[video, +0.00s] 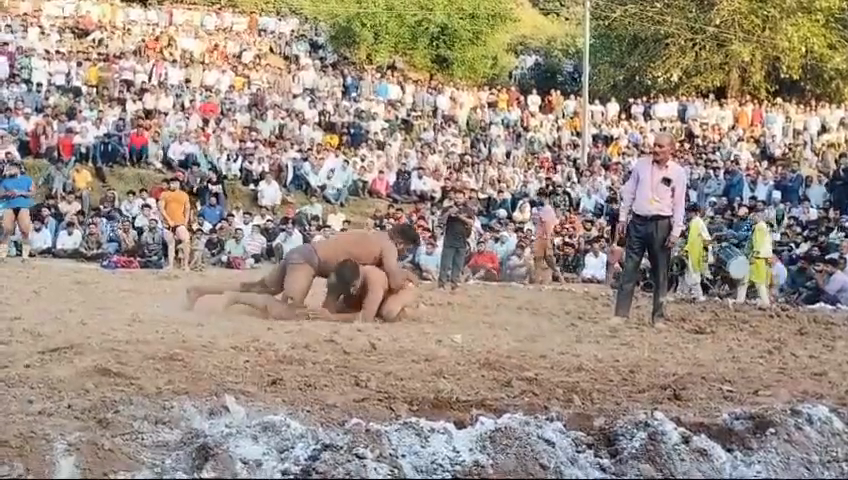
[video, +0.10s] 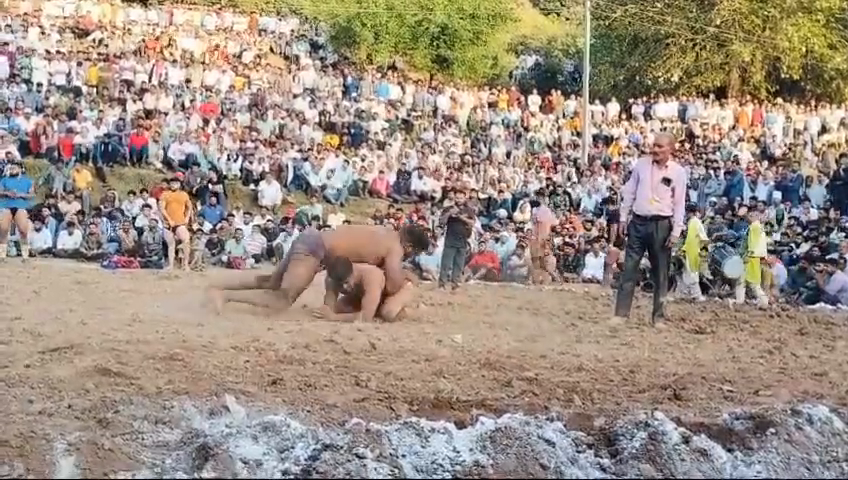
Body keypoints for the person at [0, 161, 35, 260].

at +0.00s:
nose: (11, 170)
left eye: (14, 167)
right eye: (10, 167)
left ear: (19, 168)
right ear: (7, 168)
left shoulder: (27, 180)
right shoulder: (5, 181)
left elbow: (33, 192)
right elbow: (2, 194)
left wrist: (20, 193)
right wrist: (8, 194)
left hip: (23, 206)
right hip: (8, 206)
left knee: (25, 231)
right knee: (6, 230)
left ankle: (25, 255)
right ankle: (3, 254)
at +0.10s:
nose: (13, 169)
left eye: (15, 167)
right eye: (11, 167)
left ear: (20, 168)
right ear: (8, 168)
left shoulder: (27, 181)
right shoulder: (5, 180)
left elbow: (31, 195)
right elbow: (2, 192)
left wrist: (20, 195)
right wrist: (8, 193)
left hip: (21, 205)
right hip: (6, 205)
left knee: (23, 228)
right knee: (3, 228)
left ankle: (25, 253)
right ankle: (3, 252)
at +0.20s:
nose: (13, 169)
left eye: (15, 167)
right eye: (11, 167)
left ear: (21, 169)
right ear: (9, 168)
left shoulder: (27, 182)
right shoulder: (4, 179)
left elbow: (30, 196)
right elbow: (1, 191)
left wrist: (19, 197)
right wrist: (7, 194)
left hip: (20, 206)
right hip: (5, 206)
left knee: (22, 230)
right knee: (3, 229)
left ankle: (25, 254)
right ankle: (3, 254)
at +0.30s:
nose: (15, 170)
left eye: (18, 168)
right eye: (13, 168)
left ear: (22, 170)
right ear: (10, 168)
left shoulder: (27, 182)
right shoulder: (5, 180)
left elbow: (30, 196)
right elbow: (1, 191)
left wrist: (19, 199)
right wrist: (8, 195)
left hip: (19, 206)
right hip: (5, 206)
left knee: (21, 230)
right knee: (3, 229)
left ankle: (24, 254)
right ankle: (2, 254)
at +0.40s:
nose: (18, 171)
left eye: (21, 169)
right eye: (16, 169)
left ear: (24, 171)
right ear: (13, 169)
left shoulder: (27, 182)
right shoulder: (5, 180)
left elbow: (31, 196)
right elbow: (1, 192)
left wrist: (23, 199)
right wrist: (12, 198)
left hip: (19, 207)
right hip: (6, 206)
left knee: (23, 229)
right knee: (3, 227)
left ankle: (25, 255)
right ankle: (3, 253)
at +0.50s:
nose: (21, 172)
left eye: (23, 170)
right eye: (19, 170)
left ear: (26, 171)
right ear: (15, 170)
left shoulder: (28, 183)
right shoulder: (8, 180)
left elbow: (32, 195)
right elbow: (3, 194)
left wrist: (27, 199)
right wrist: (14, 200)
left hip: (21, 207)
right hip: (7, 207)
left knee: (25, 229)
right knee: (5, 229)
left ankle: (26, 255)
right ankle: (3, 255)